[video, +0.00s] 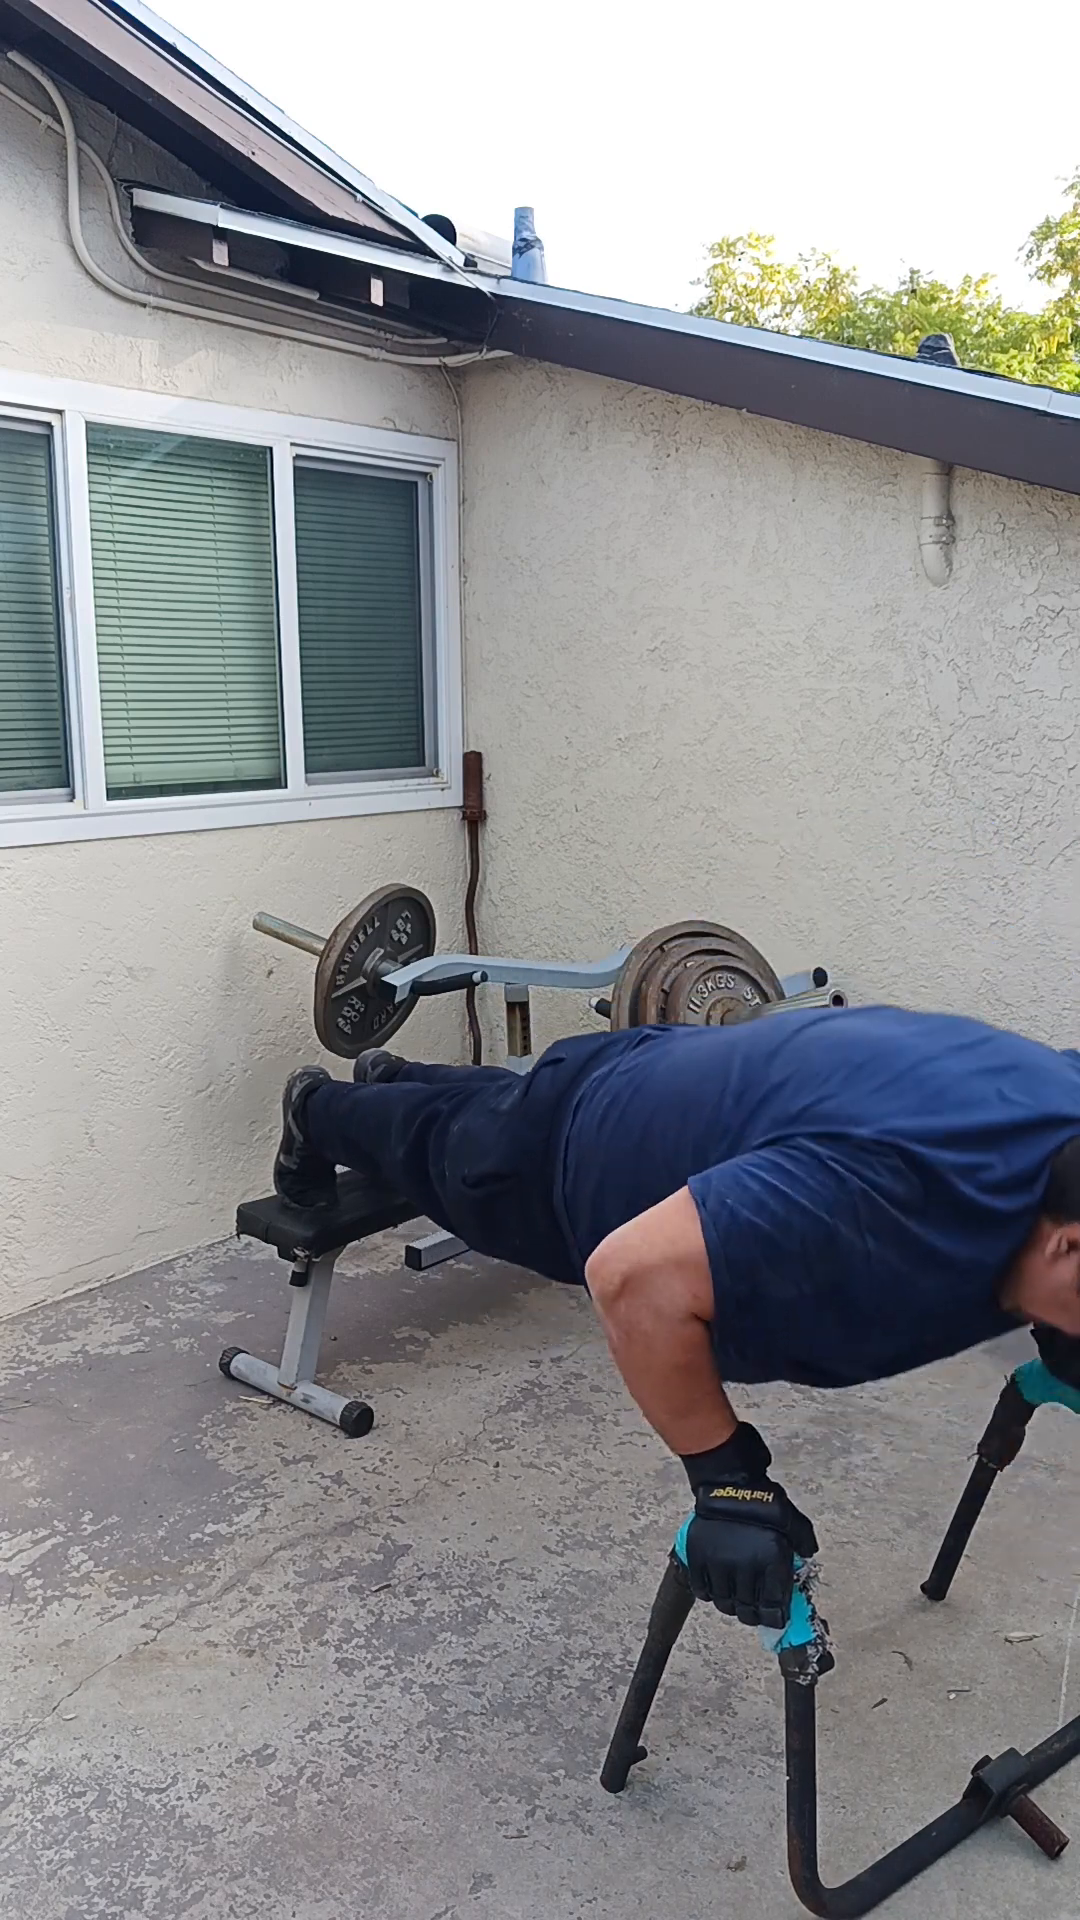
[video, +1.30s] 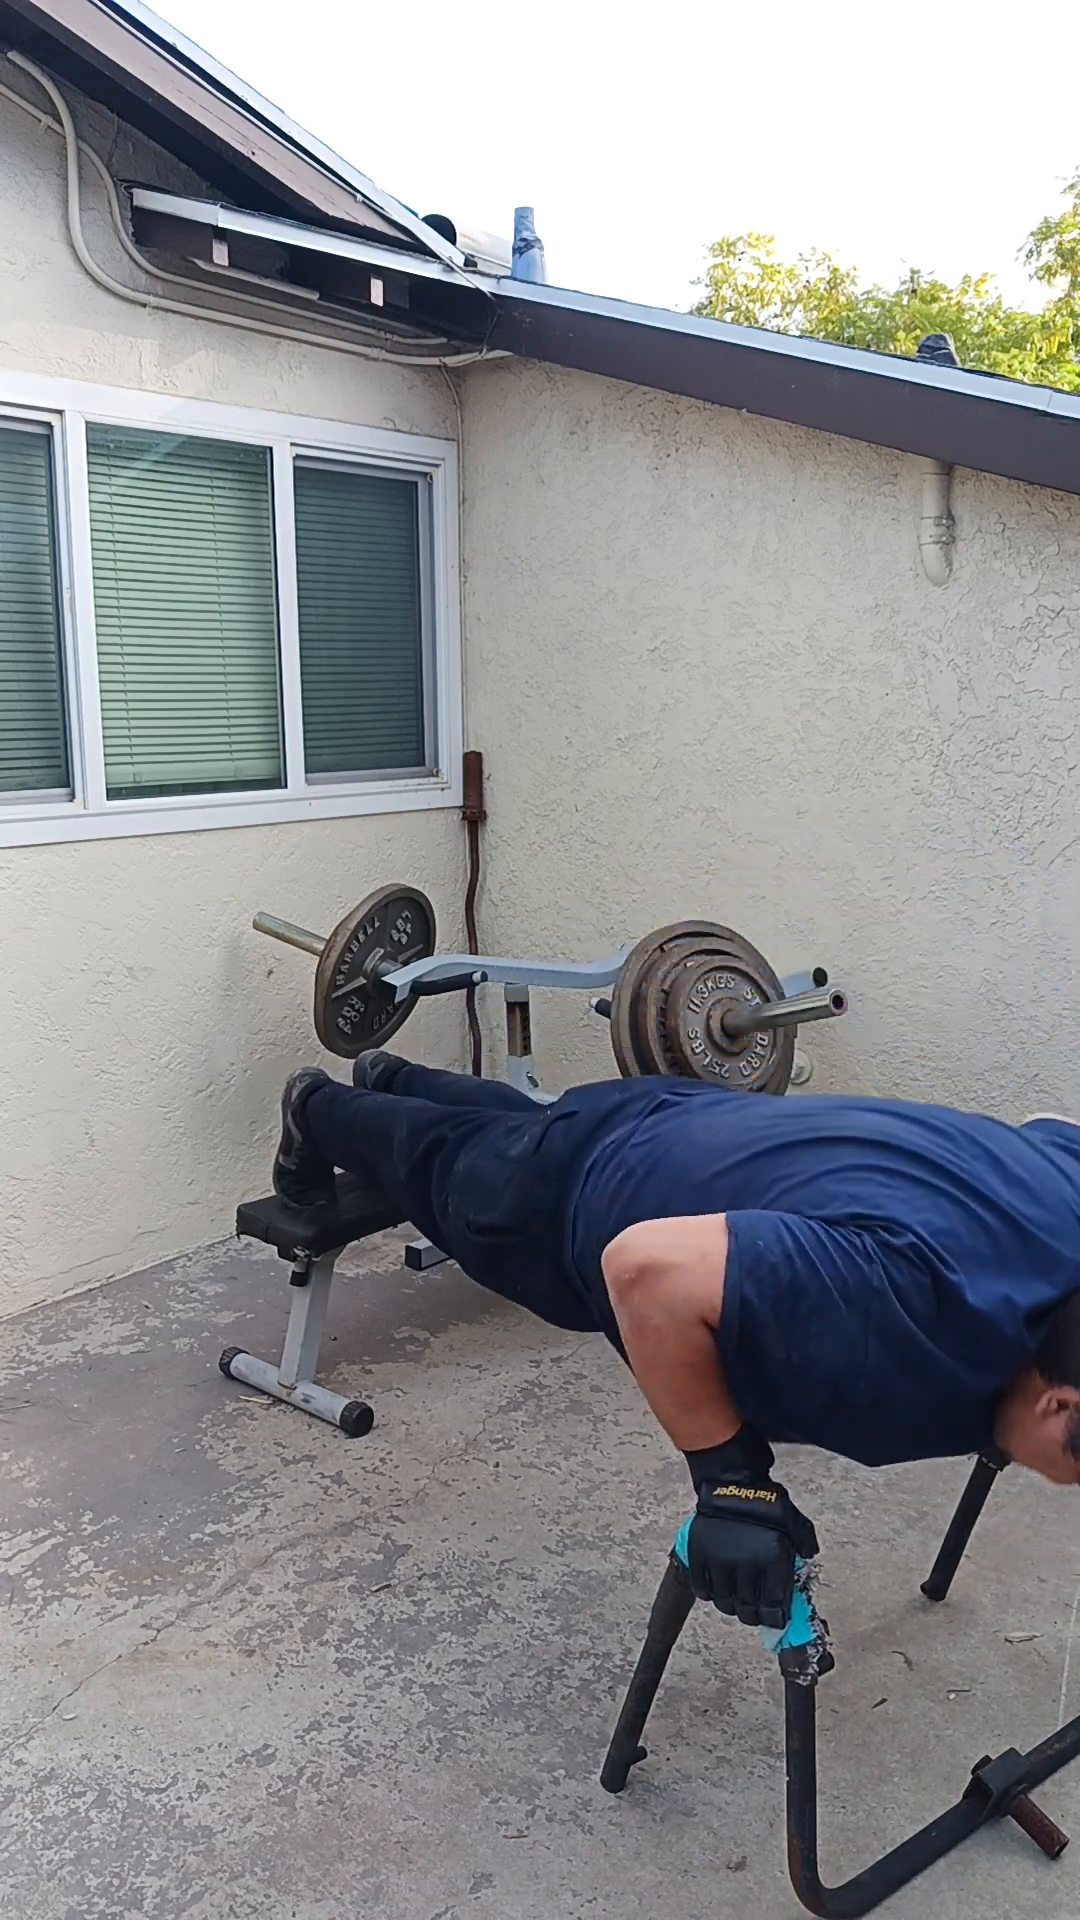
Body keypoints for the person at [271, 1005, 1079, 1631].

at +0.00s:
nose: (1058, 1335)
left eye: (1068, 1333)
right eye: (1073, 1322)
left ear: (1070, 1243)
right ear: (1065, 1254)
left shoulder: (1068, 1119)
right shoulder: (896, 1198)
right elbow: (633, 1280)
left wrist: (1042, 1336)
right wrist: (731, 1481)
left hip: (706, 1058)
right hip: (591, 1143)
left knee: (516, 1101)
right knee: (446, 1129)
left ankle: (374, 1111)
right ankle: (321, 1112)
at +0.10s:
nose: (1059, 1231)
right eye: (1074, 1208)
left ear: (1060, 1145)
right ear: (1053, 1153)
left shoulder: (1060, 1051)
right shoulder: (850, 1131)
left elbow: (1048, 1196)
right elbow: (641, 1272)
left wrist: (1057, 1305)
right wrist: (730, 1477)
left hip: (720, 1011)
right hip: (597, 1096)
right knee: (443, 1123)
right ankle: (321, 1111)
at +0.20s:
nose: (1057, 1147)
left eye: (1073, 1135)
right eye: (1061, 1123)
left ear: (1049, 1051)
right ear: (1033, 1056)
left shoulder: (1038, 986)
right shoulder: (830, 1060)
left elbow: (1055, 1159)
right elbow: (666, 1255)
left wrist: (1059, 1318)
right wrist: (731, 1479)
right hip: (589, 1065)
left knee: (497, 1106)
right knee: (435, 1109)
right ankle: (317, 1109)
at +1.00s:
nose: (1062, 1212)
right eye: (1073, 1188)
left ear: (1054, 1135)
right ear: (1045, 1140)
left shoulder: (1050, 1036)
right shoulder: (842, 1116)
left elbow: (1048, 1182)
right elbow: (653, 1260)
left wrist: (1058, 1304)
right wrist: (731, 1477)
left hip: (714, 993)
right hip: (599, 1071)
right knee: (439, 1113)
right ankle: (318, 1107)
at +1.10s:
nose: (1051, 1318)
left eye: (1066, 1316)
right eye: (1066, 1301)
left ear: (1063, 1224)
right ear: (1054, 1235)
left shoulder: (1072, 1079)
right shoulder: (881, 1185)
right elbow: (636, 1270)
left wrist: (1051, 1322)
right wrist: (732, 1477)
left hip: (712, 1036)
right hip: (596, 1114)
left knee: (499, 1103)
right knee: (442, 1119)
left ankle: (377, 1118)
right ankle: (320, 1111)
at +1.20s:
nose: (1047, 1398)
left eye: (1065, 1392)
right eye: (1062, 1381)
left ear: (1069, 1313)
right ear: (1053, 1322)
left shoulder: (1077, 1144)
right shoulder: (891, 1262)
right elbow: (635, 1279)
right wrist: (730, 1481)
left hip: (717, 1078)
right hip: (601, 1150)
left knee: (530, 1101)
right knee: (442, 1136)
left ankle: (394, 1084)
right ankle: (319, 1104)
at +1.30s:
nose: (1048, 1472)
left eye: (1065, 1466)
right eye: (1066, 1457)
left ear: (1068, 1398)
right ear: (1056, 1402)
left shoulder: (1076, 1191)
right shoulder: (911, 1316)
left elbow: (1046, 1136)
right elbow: (651, 1275)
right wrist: (733, 1482)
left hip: (697, 1106)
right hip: (600, 1191)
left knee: (529, 1123)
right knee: (446, 1162)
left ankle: (390, 1083)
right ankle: (319, 1107)